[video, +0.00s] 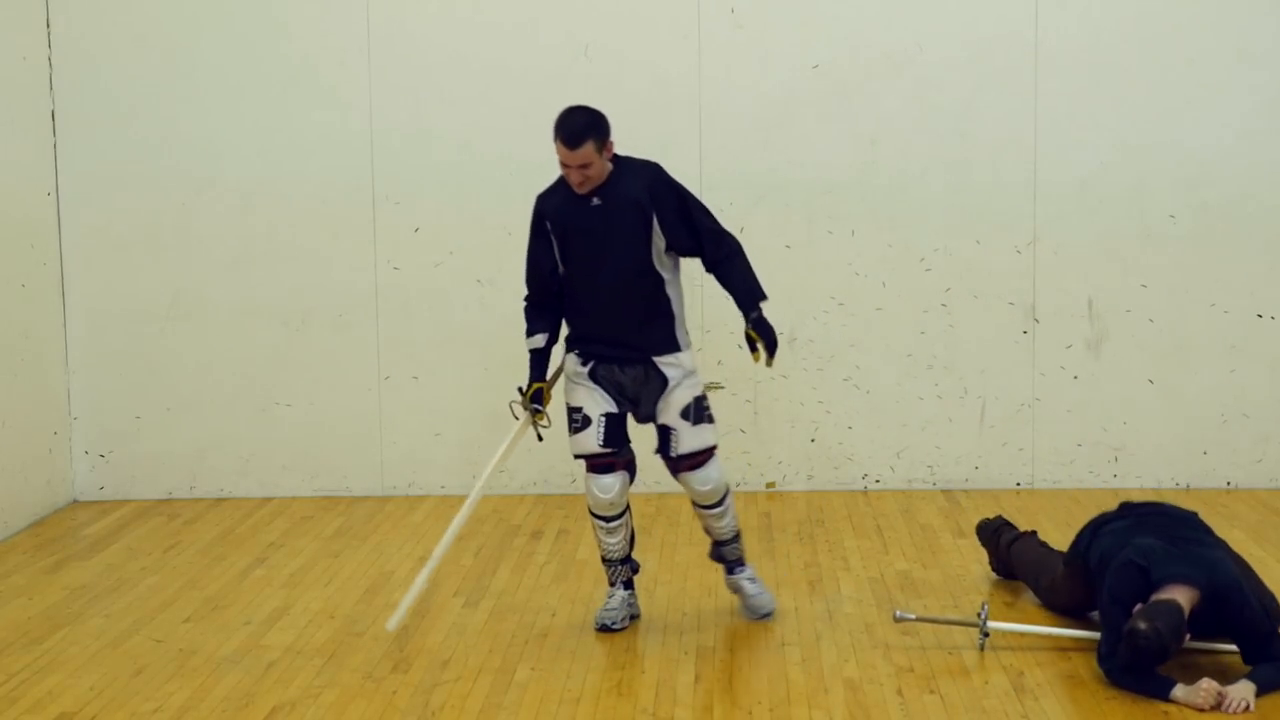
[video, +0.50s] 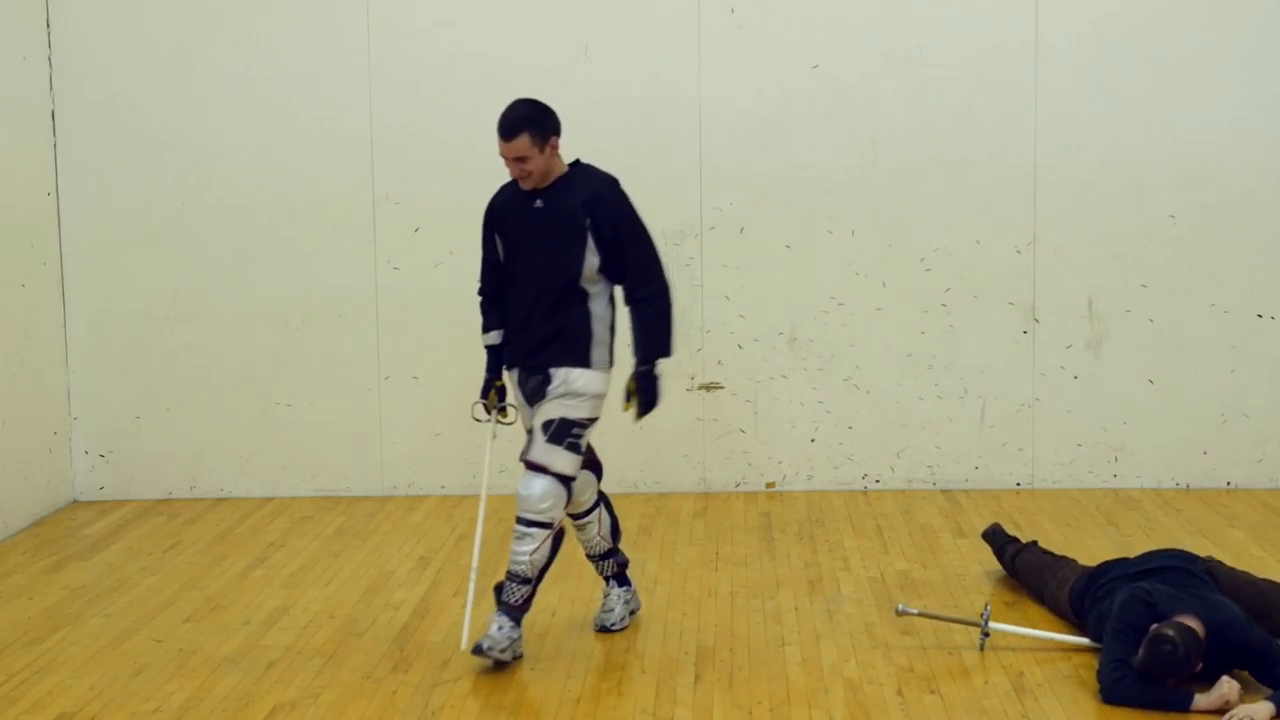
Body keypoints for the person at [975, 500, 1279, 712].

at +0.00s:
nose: (1126, 629)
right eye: (1130, 627)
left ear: (1180, 640)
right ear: (1136, 612)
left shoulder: (1230, 590)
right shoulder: (1125, 577)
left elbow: (1273, 661)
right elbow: (1114, 663)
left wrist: (1249, 685)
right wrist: (1181, 693)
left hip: (1185, 525)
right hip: (1113, 528)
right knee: (1068, 598)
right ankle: (1007, 542)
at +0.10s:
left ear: (1180, 643)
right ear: (1134, 616)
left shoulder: (1228, 594)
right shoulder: (1124, 583)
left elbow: (1277, 666)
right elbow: (1112, 668)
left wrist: (1256, 693)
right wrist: (1181, 696)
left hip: (1194, 544)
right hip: (1112, 552)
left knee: (1276, 608)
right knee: (1067, 587)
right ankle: (1008, 541)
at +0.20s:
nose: (1158, 674)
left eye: (1160, 668)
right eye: (1146, 667)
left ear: (1182, 648)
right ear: (1132, 627)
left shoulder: (1230, 601)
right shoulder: (1125, 591)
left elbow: (1279, 668)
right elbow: (1111, 671)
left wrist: (1259, 697)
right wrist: (1184, 700)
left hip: (1199, 560)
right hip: (1112, 571)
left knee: (1276, 602)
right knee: (1055, 570)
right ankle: (1006, 540)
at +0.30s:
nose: (1163, 684)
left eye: (1166, 677)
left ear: (1185, 652)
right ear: (1135, 632)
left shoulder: (1230, 606)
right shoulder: (1126, 595)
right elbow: (1111, 675)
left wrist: (1263, 700)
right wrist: (1188, 703)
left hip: (1197, 564)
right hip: (1112, 576)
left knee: (1277, 598)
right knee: (1052, 568)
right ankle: (1005, 541)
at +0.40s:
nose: (1166, 688)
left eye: (1169, 681)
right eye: (1157, 682)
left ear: (1190, 657)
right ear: (1139, 638)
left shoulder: (1229, 614)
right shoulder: (1127, 608)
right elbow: (1113, 682)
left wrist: (1267, 703)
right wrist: (1193, 703)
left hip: (1187, 565)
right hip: (1106, 581)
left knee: (1277, 598)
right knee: (1050, 568)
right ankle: (1001, 541)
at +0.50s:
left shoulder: (1228, 623)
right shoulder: (1127, 614)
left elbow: (1279, 671)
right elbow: (1114, 687)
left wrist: (1271, 706)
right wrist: (1200, 702)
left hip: (1182, 568)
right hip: (1103, 583)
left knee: (1276, 598)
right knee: (1048, 570)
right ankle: (1007, 546)